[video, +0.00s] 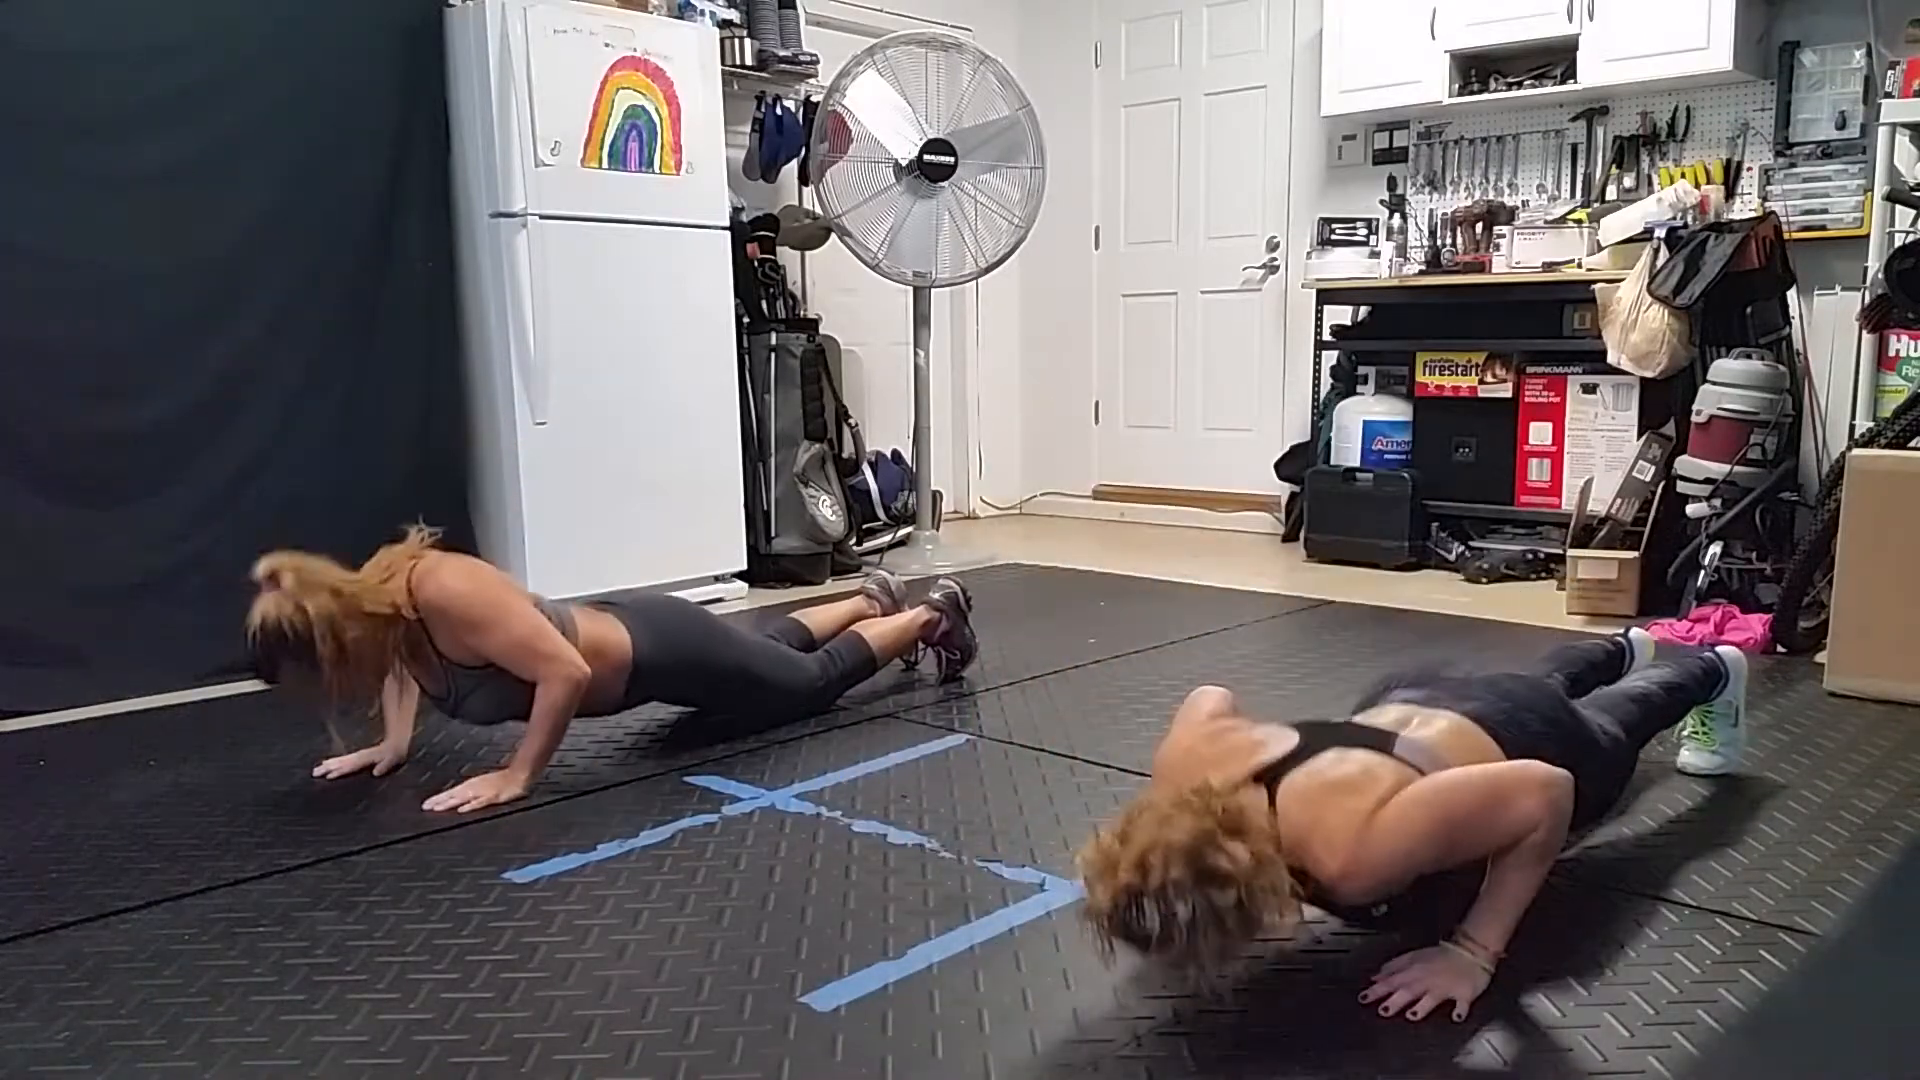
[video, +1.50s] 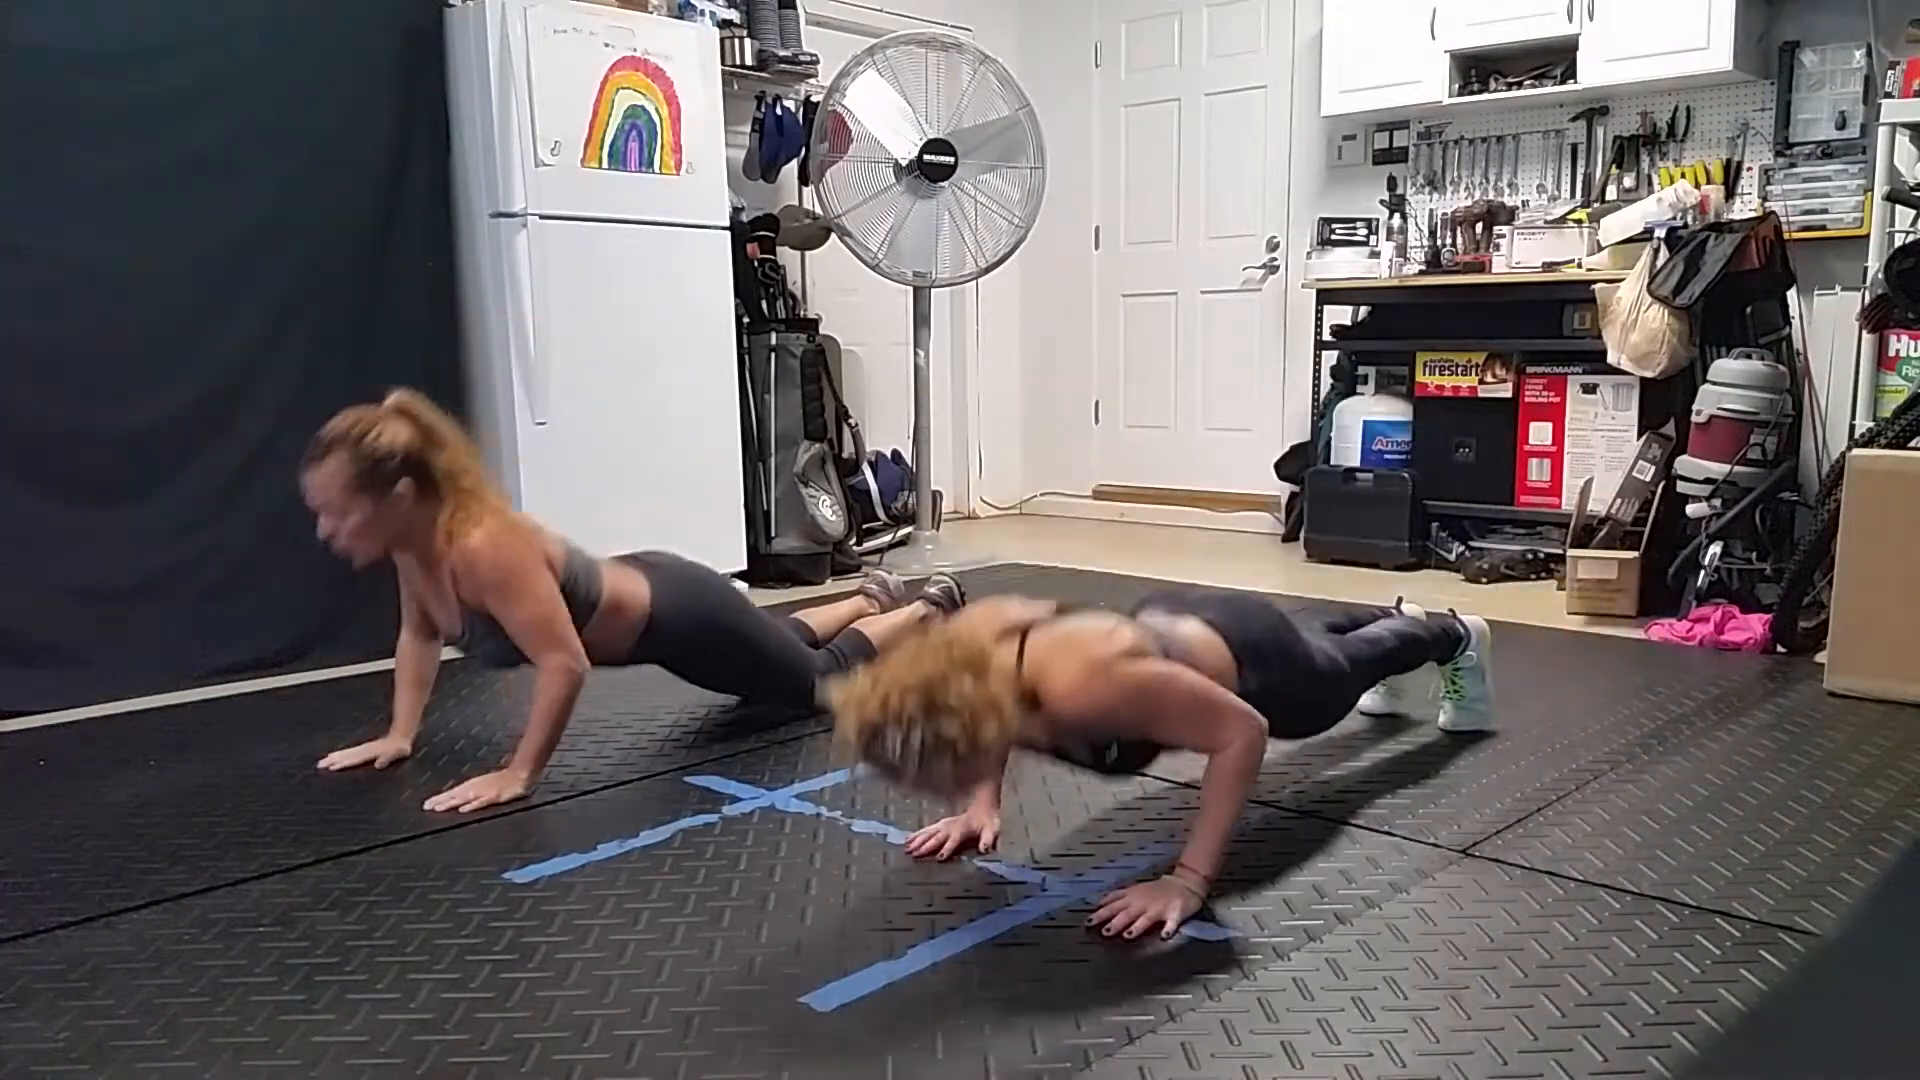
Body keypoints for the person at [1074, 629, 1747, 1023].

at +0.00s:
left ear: (1231, 912)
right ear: (1168, 804)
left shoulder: (1357, 848)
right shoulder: (1178, 773)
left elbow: (1544, 795)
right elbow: (1210, 695)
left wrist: (1474, 949)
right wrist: (1200, 715)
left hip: (1523, 739)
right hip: (1427, 704)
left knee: (1624, 708)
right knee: (1543, 677)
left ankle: (1709, 668)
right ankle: (1628, 642)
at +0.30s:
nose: (1156, 752)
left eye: (1156, 737)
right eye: (1149, 741)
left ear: (1196, 721)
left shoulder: (1341, 700)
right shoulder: (1214, 674)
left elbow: (1528, 785)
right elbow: (1193, 749)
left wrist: (1472, 946)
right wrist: (1189, 860)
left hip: (1518, 694)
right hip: (1439, 648)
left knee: (1620, 700)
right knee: (1548, 656)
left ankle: (1709, 664)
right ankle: (1616, 641)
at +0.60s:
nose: (1153, 621)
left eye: (1159, 605)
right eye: (1147, 608)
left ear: (1208, 576)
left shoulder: (1352, 581)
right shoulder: (1184, 583)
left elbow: (1484, 763)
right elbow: (1177, 712)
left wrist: (1471, 944)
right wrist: (1185, 858)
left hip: (1489, 661)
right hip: (1393, 695)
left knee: (1591, 772)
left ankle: (1696, 664)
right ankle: (1588, 647)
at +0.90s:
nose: (1078, 544)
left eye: (1083, 524)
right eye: (1068, 530)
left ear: (1133, 483)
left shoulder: (1254, 463)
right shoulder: (1105, 511)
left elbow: (1313, 678)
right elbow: (1133, 679)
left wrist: (1298, 859)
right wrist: (1168, 840)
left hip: (1403, 440)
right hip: (1323, 486)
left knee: (1507, 572)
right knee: (1440, 562)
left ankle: (1602, 637)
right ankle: (1509, 618)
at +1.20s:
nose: (973, 653)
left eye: (972, 637)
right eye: (958, 645)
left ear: (1003, 581)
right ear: (986, 575)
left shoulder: (1133, 549)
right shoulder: (1008, 558)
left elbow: (1215, 716)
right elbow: (1005, 672)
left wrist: (1184, 876)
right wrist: (981, 806)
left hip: (1294, 594)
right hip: (1224, 585)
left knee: (1376, 636)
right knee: (1327, 642)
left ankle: (1463, 637)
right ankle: (1388, 661)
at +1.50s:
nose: (939, 791)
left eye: (939, 778)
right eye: (921, 785)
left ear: (964, 737)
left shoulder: (1087, 683)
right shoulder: (958, 637)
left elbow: (1243, 732)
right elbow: (976, 709)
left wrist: (1187, 880)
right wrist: (980, 801)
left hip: (1253, 656)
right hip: (1176, 616)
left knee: (1362, 651)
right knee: (1301, 622)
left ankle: (1451, 631)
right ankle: (1388, 617)